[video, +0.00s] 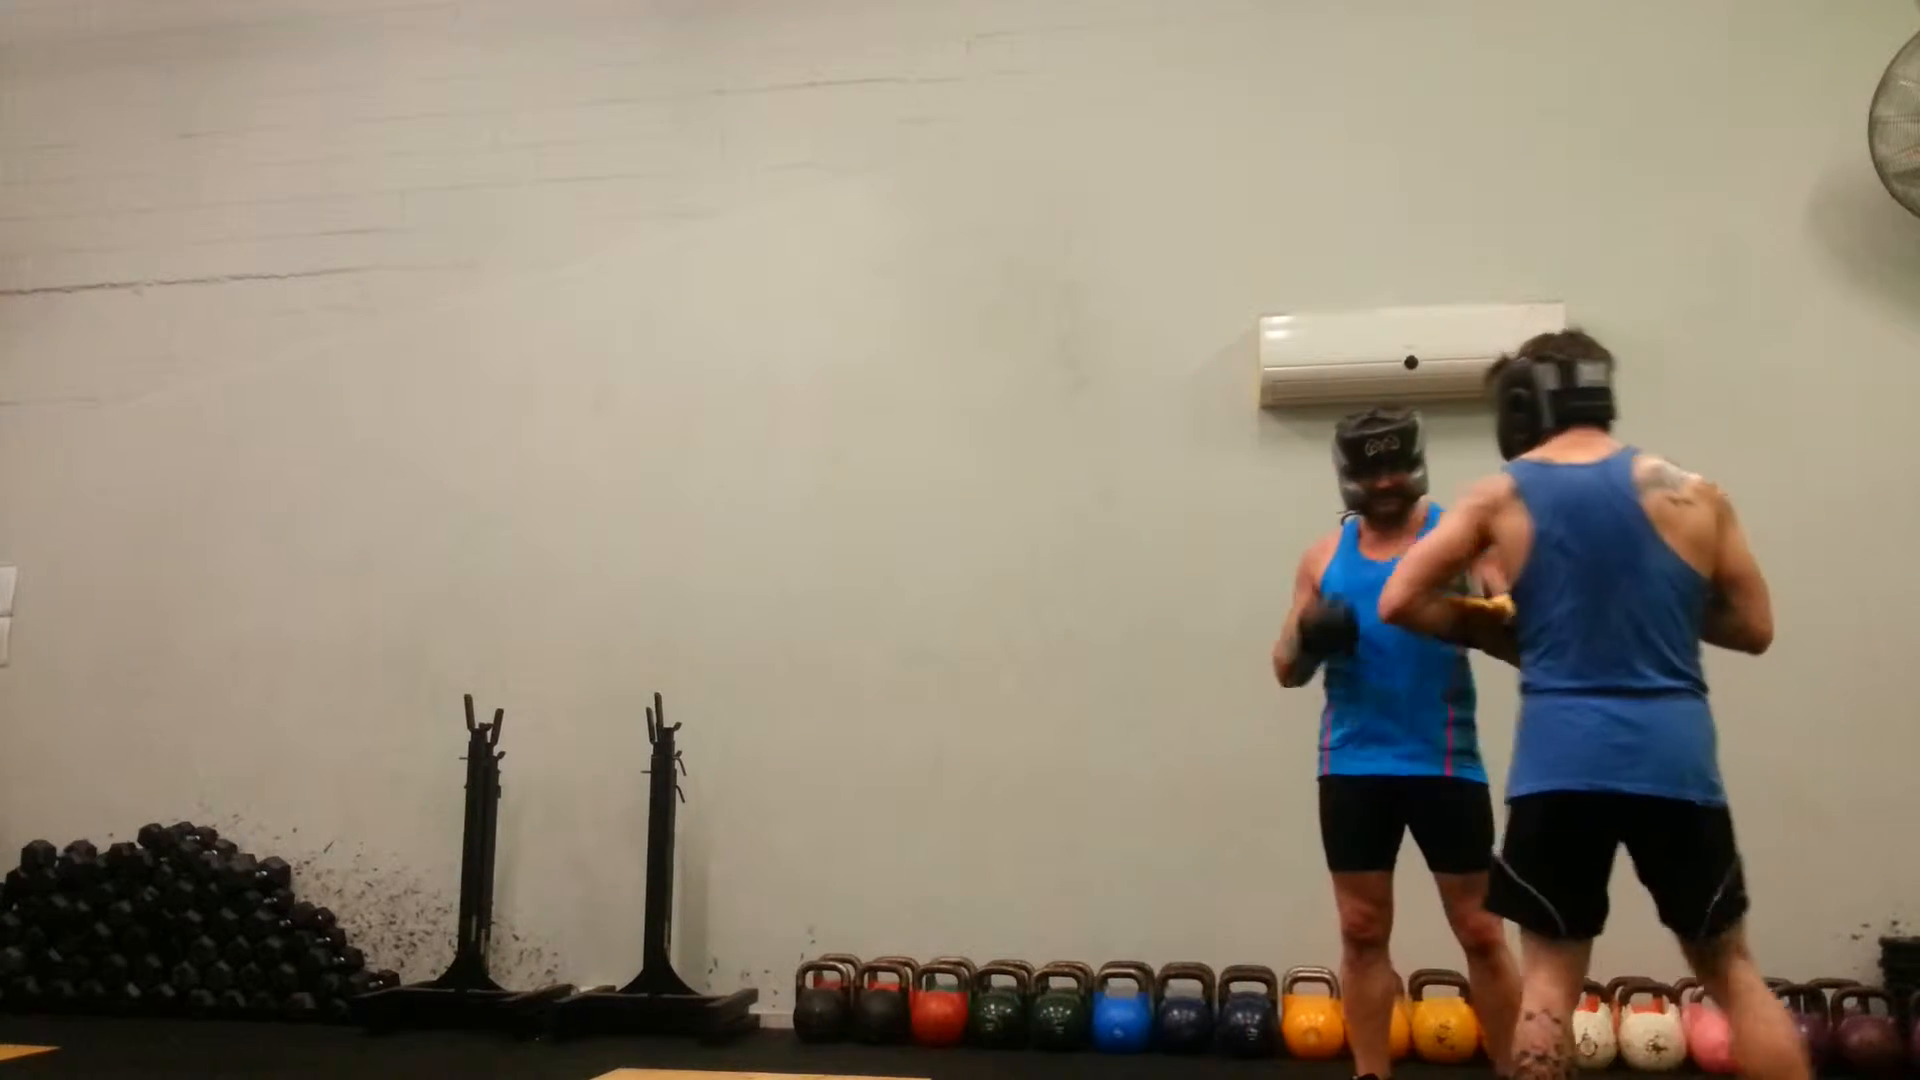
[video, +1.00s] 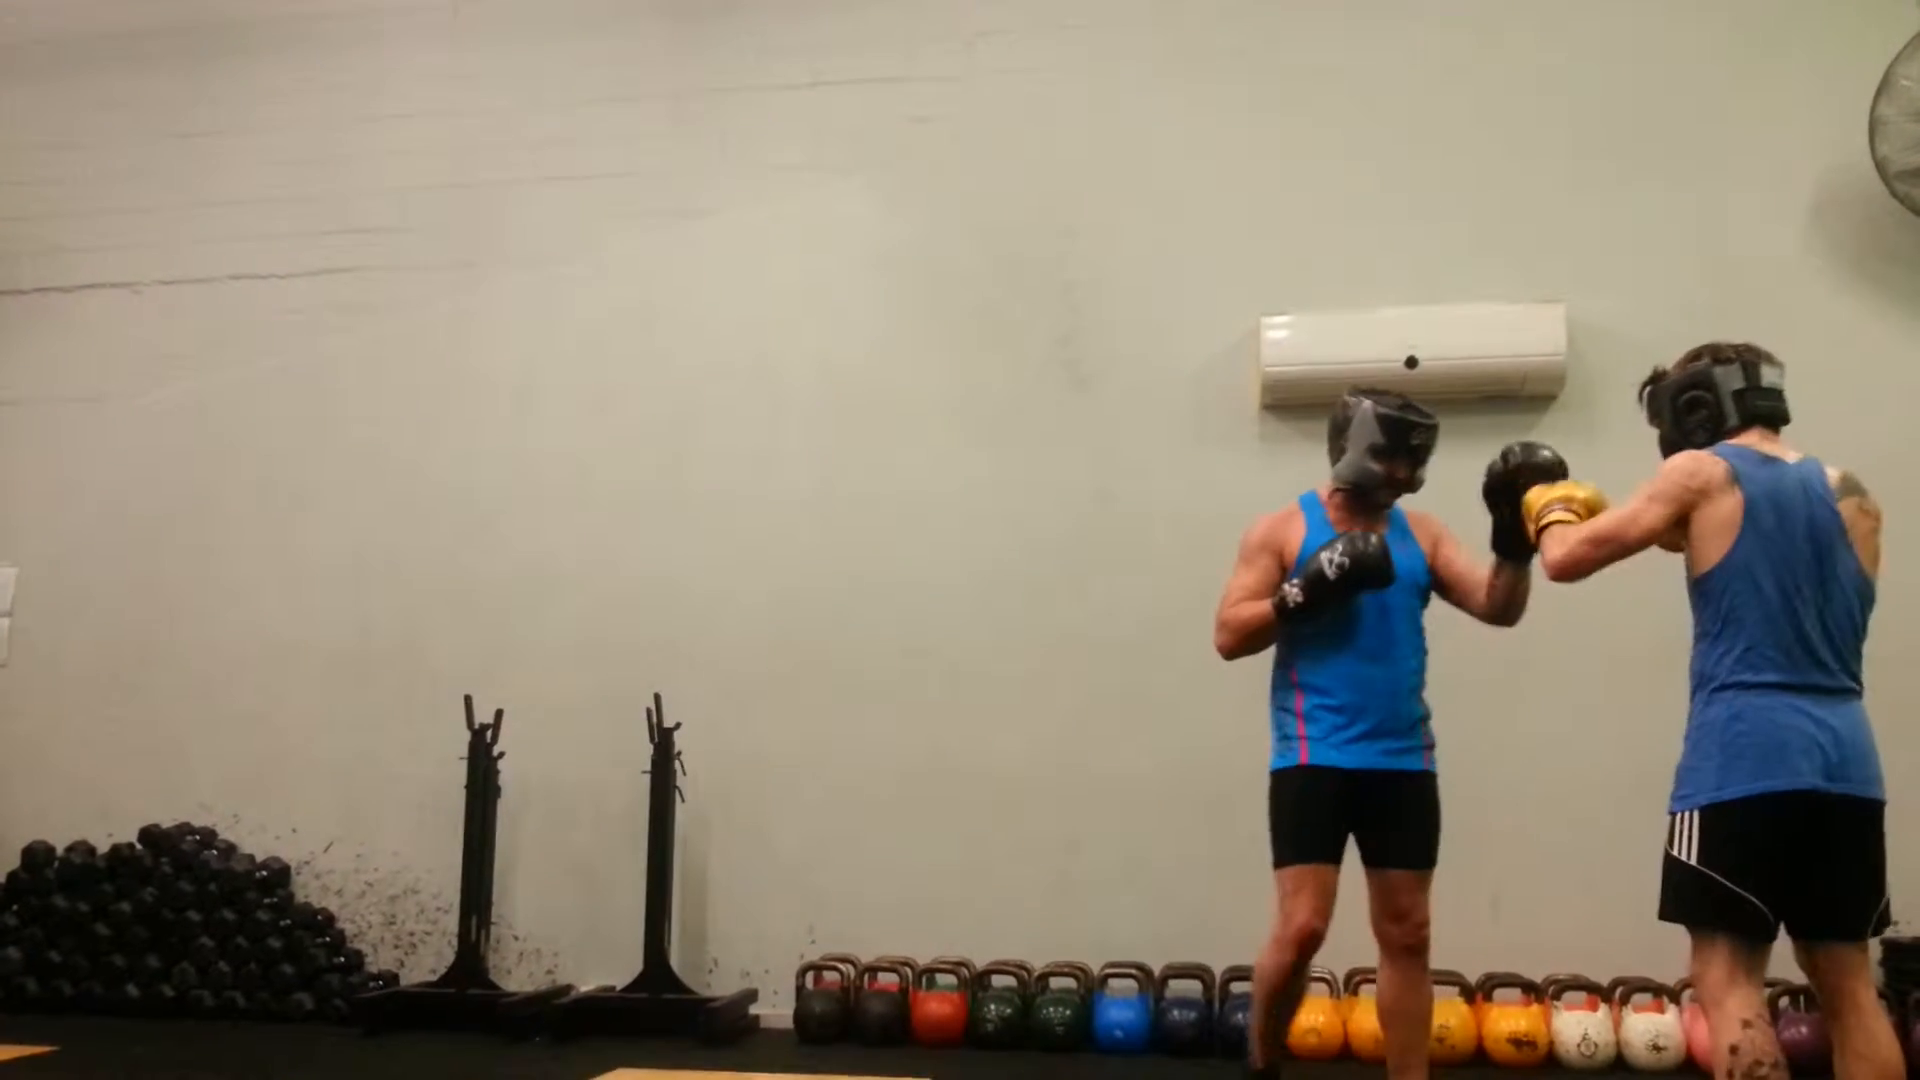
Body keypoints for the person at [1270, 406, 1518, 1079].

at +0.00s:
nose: (1385, 487)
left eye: (1397, 473)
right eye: (1370, 476)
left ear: (1418, 470)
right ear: (1347, 480)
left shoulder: (1457, 537)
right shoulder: (1324, 554)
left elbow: (1522, 632)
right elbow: (1286, 667)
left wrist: (1461, 615)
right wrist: (1310, 635)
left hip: (1446, 764)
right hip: (1354, 766)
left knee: (1481, 932)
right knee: (1362, 930)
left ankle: (1511, 1071)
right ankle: (1371, 1072)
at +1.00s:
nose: (1412, 470)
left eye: (1416, 457)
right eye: (1401, 455)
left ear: (1413, 465)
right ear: (1358, 452)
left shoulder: (1420, 531)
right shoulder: (1283, 528)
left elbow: (1501, 604)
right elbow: (1231, 635)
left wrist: (1515, 522)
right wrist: (1310, 587)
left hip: (1402, 760)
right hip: (1312, 760)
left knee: (1408, 931)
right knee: (1303, 928)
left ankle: (1410, 1077)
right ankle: (1263, 1067)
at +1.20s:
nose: (1380, 477)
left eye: (1385, 463)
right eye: (1369, 461)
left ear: (1374, 466)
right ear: (1324, 454)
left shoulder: (1379, 534)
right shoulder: (1249, 526)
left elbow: (1431, 635)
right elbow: (1204, 634)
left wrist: (1468, 571)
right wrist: (1292, 583)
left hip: (1367, 763)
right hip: (1277, 765)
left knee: (1385, 935)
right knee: (1255, 936)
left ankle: (1400, 1075)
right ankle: (1207, 1075)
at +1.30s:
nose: (1362, 480)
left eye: (1365, 466)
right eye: (1354, 464)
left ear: (1327, 464)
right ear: (1312, 457)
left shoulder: (1343, 537)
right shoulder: (1226, 523)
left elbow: (1358, 647)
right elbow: (1185, 633)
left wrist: (1414, 610)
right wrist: (1278, 586)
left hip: (1335, 760)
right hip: (1251, 762)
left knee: (1369, 940)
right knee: (1233, 937)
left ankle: (1395, 1076)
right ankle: (1199, 1076)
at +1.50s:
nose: (1312, 491)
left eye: (1318, 477)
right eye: (1305, 475)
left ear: (1280, 461)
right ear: (1268, 456)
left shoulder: (1278, 526)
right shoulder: (1187, 515)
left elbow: (1282, 636)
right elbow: (1144, 621)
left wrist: (1354, 602)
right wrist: (1252, 581)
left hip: (1284, 753)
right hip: (1209, 757)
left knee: (1332, 922)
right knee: (1201, 935)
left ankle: (1325, 1072)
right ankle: (1188, 1076)